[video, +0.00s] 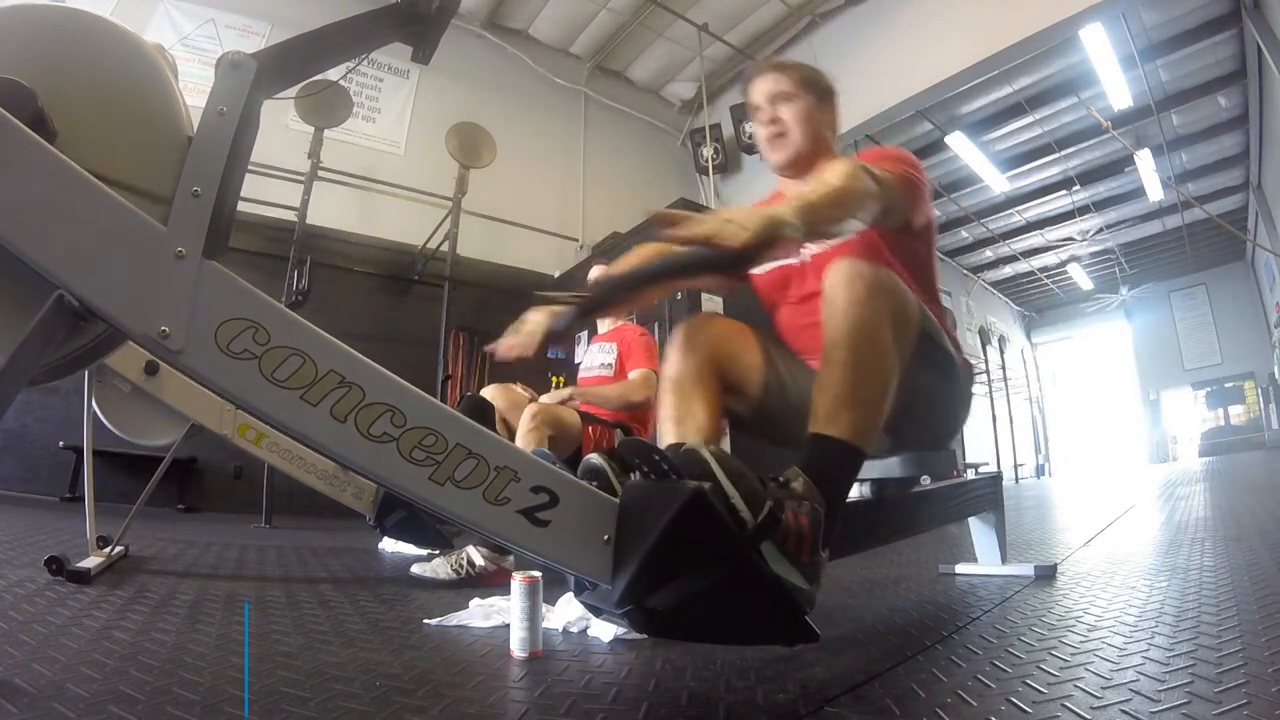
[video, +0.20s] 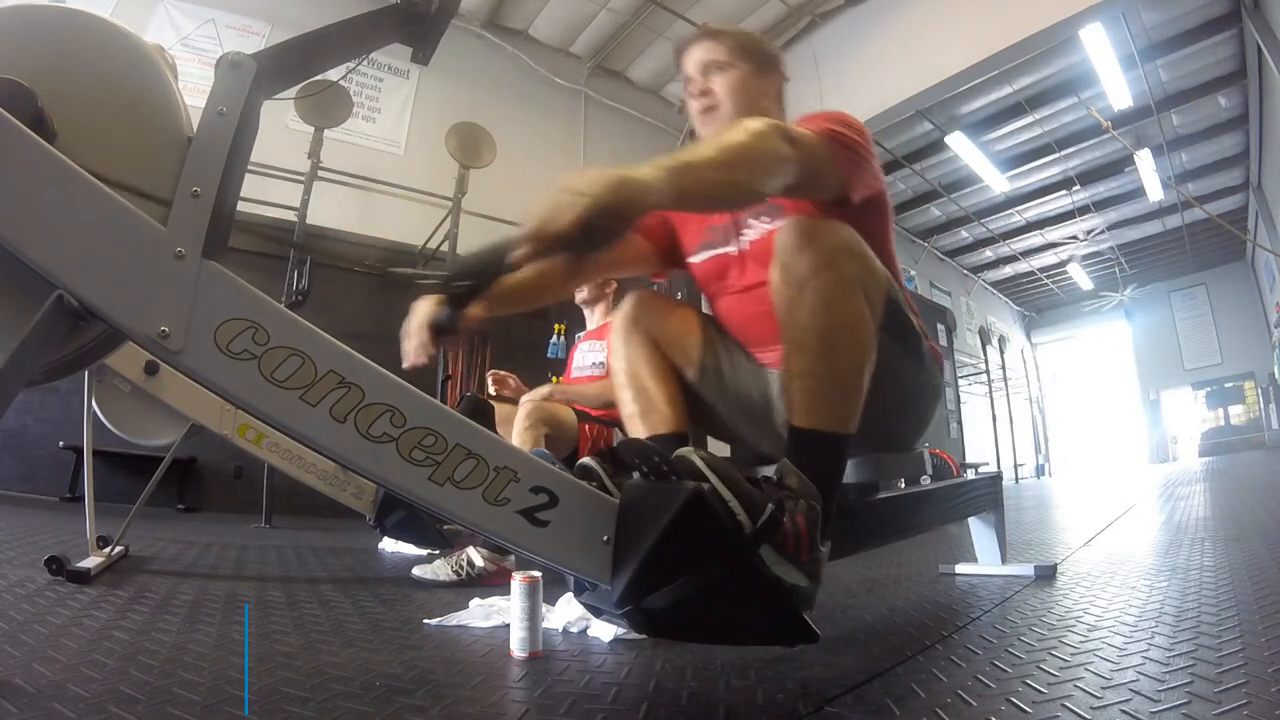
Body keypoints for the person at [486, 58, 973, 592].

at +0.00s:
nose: (767, 119)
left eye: (782, 101)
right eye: (755, 113)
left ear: (828, 109)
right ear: (753, 137)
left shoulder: (888, 165)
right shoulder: (756, 222)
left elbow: (847, 198)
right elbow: (664, 264)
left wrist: (757, 226)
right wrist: (561, 311)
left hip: (918, 398)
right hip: (810, 400)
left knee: (857, 272)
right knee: (694, 334)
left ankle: (809, 512)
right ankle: (682, 505)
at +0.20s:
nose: (697, 90)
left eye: (716, 70)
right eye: (687, 85)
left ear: (774, 81)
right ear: (686, 111)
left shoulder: (835, 135)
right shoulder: (684, 206)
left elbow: (777, 159)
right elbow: (585, 261)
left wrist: (639, 187)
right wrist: (467, 304)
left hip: (878, 396)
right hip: (759, 405)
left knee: (806, 237)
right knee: (637, 312)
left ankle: (805, 508)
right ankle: (667, 506)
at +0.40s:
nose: (653, 74)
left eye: (673, 54)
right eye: (646, 67)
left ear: (739, 70)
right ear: (645, 92)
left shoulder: (800, 118)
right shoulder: (641, 194)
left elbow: (731, 144)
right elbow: (547, 250)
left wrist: (558, 174)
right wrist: (420, 306)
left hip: (855, 391)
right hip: (732, 403)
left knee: (777, 224)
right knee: (604, 305)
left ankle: (800, 504)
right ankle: (662, 501)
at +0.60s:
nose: (686, 83)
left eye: (706, 65)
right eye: (676, 79)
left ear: (763, 79)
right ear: (671, 107)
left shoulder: (822, 129)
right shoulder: (667, 205)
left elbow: (763, 156)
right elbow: (564, 265)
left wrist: (610, 180)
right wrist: (456, 302)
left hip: (871, 395)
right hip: (749, 406)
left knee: (783, 235)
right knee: (622, 310)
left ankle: (802, 510)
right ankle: (671, 513)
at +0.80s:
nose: (790, 126)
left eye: (805, 109)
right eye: (778, 121)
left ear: (847, 120)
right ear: (771, 142)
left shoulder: (899, 165)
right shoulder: (767, 230)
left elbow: (882, 190)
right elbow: (688, 265)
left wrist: (791, 192)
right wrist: (611, 284)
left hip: (912, 392)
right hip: (807, 397)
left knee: (840, 270)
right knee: (679, 328)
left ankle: (802, 520)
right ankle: (677, 506)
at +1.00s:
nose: (889, 179)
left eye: (899, 167)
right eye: (877, 175)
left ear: (929, 175)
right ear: (870, 194)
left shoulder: (971, 225)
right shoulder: (861, 259)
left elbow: (981, 244)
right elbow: (804, 284)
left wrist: (921, 231)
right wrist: (748, 287)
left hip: (959, 389)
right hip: (870, 386)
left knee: (901, 356)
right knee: (763, 387)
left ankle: (825, 507)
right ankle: (686, 495)